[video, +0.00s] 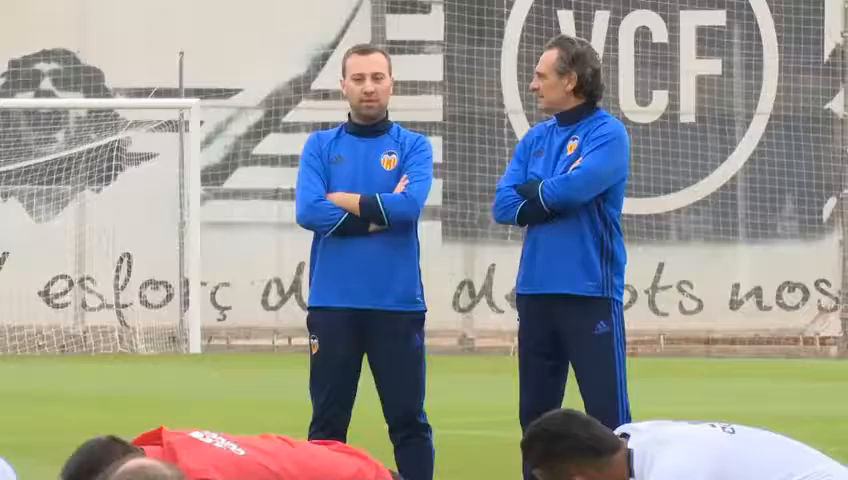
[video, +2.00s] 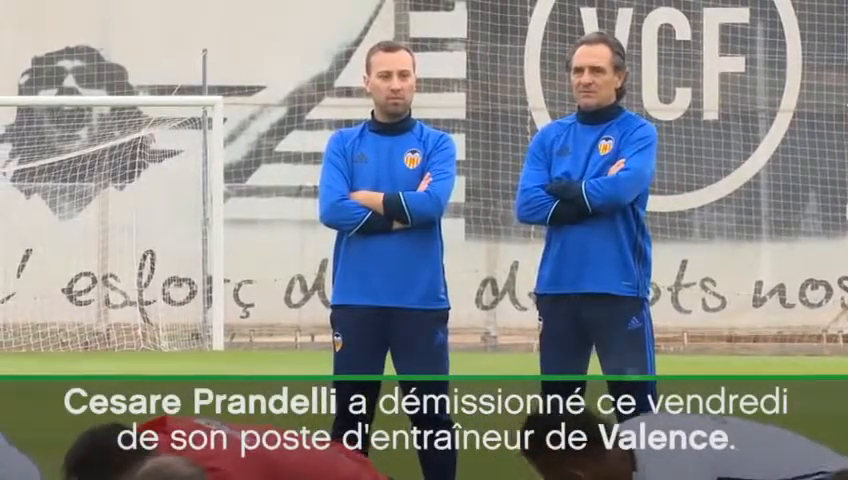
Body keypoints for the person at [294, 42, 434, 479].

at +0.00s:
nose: (369, 87)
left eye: (378, 78)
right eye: (359, 79)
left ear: (391, 85)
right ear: (343, 87)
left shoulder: (414, 145)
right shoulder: (320, 144)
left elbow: (409, 208)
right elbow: (308, 212)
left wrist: (337, 198)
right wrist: (381, 214)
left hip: (397, 304)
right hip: (333, 304)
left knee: (408, 421)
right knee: (327, 422)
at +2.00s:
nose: (395, 85)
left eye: (404, 75)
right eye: (385, 76)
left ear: (416, 82)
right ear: (367, 84)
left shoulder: (438, 143)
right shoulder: (343, 142)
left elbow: (431, 206)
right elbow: (332, 211)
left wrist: (361, 197)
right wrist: (405, 212)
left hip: (421, 302)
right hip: (356, 302)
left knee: (431, 416)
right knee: (351, 417)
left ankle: (441, 478)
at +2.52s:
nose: (397, 84)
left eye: (406, 75)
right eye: (387, 76)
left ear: (418, 82)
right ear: (369, 84)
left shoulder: (439, 142)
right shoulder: (345, 142)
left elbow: (433, 205)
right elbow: (333, 210)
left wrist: (362, 196)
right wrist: (406, 212)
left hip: (423, 302)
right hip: (358, 302)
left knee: (432, 417)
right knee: (351, 419)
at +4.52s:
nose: (393, 85)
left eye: (402, 76)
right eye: (383, 77)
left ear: (417, 82)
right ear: (368, 83)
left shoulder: (439, 142)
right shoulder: (345, 141)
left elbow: (432, 205)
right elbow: (332, 210)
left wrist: (362, 196)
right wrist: (404, 213)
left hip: (423, 302)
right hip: (357, 302)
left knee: (433, 417)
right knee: (352, 417)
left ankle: (442, 479)